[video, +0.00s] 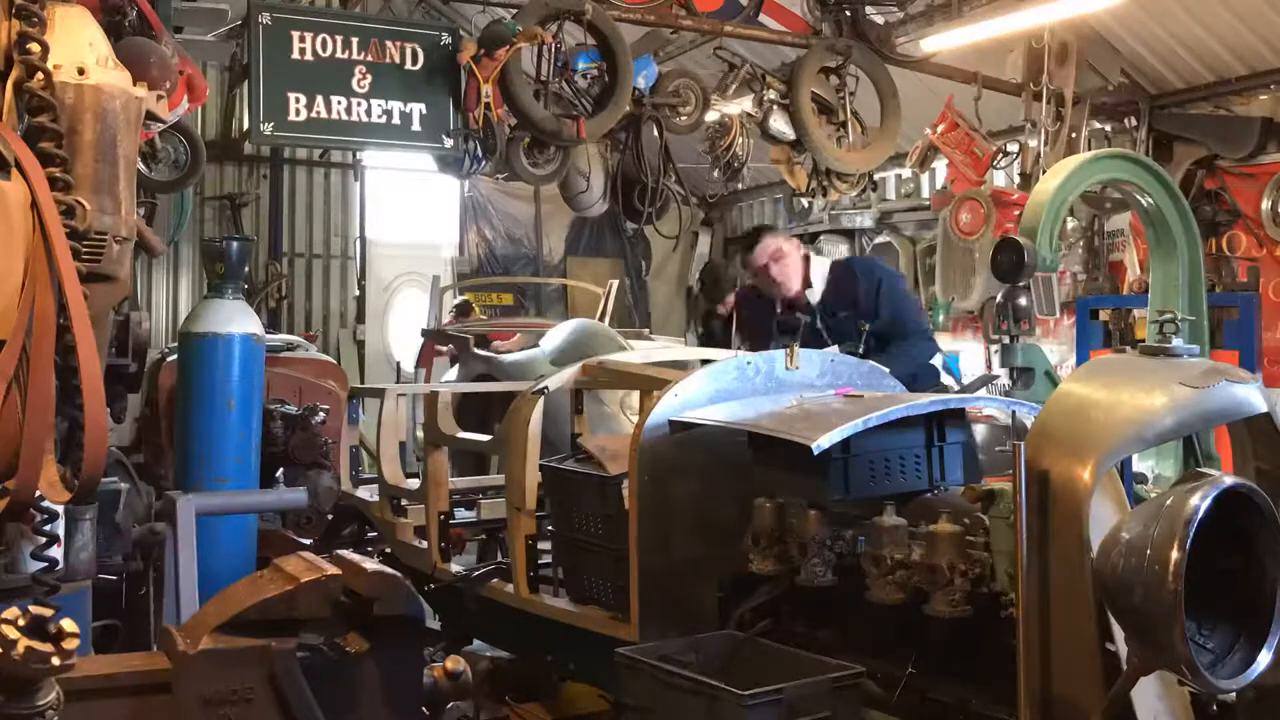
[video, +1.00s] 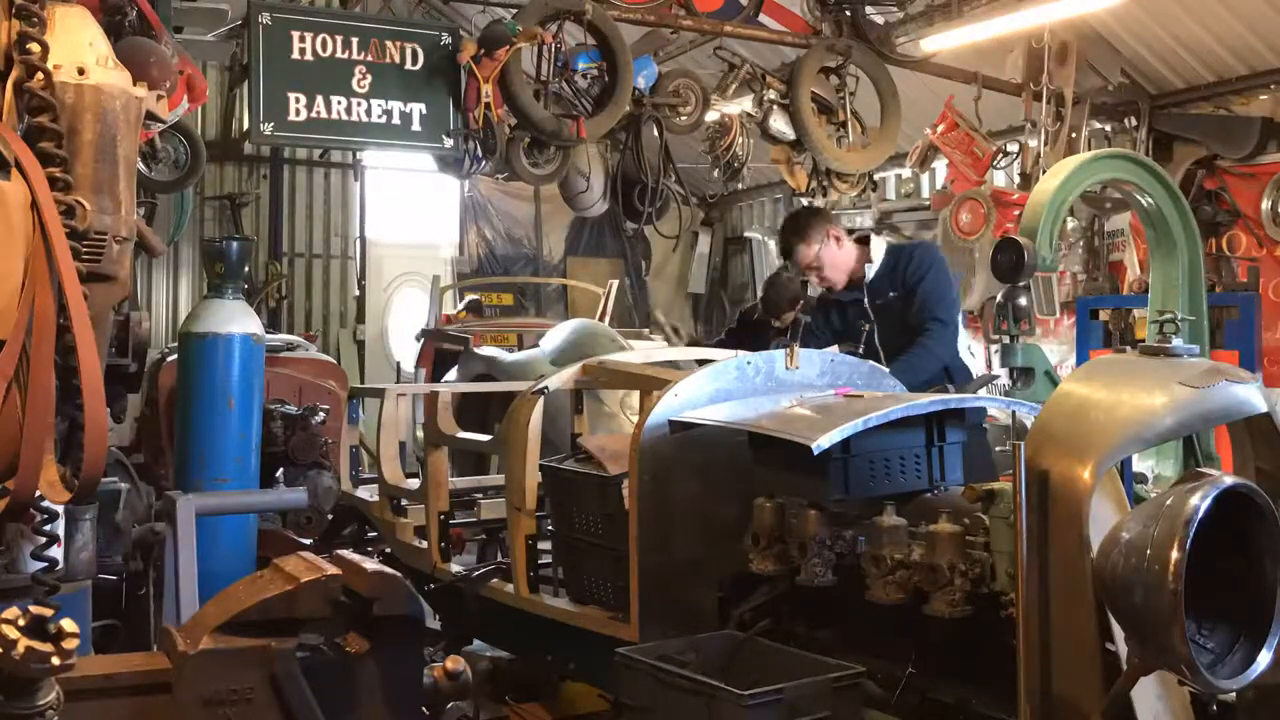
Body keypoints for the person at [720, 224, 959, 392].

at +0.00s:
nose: (774, 273)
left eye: (777, 257)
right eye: (761, 270)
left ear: (797, 247)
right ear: (755, 282)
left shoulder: (863, 276)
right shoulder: (765, 316)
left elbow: (919, 346)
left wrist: (856, 382)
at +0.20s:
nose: (805, 265)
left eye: (815, 251)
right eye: (793, 255)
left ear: (829, 241)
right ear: (774, 253)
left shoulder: (877, 266)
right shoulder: (776, 329)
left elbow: (927, 332)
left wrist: (875, 387)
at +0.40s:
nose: (849, 265)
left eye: (861, 254)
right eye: (838, 254)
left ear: (880, 232)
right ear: (825, 239)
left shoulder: (922, 263)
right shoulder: (815, 296)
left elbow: (937, 342)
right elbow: (806, 364)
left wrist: (880, 391)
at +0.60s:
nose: (844, 262)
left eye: (856, 251)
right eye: (835, 251)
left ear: (881, 230)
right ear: (825, 240)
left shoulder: (927, 264)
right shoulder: (823, 295)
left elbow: (938, 345)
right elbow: (813, 362)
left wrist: (879, 390)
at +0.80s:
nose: (841, 249)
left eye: (849, 235)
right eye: (833, 239)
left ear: (880, 217)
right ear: (827, 234)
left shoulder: (939, 263)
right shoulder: (837, 287)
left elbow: (942, 346)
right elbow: (824, 355)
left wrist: (881, 389)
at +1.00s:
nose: (815, 281)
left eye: (816, 268)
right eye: (807, 274)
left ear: (835, 237)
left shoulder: (919, 259)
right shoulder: (830, 304)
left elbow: (940, 342)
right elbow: (804, 359)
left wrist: (878, 391)